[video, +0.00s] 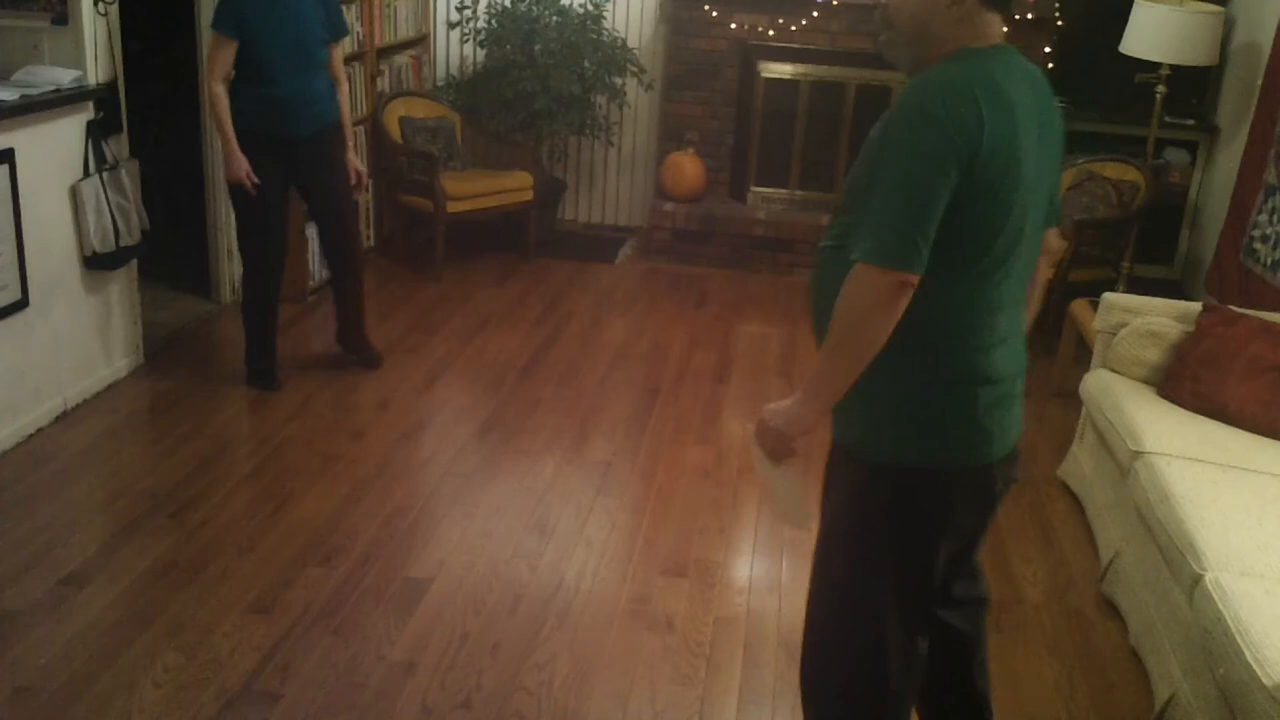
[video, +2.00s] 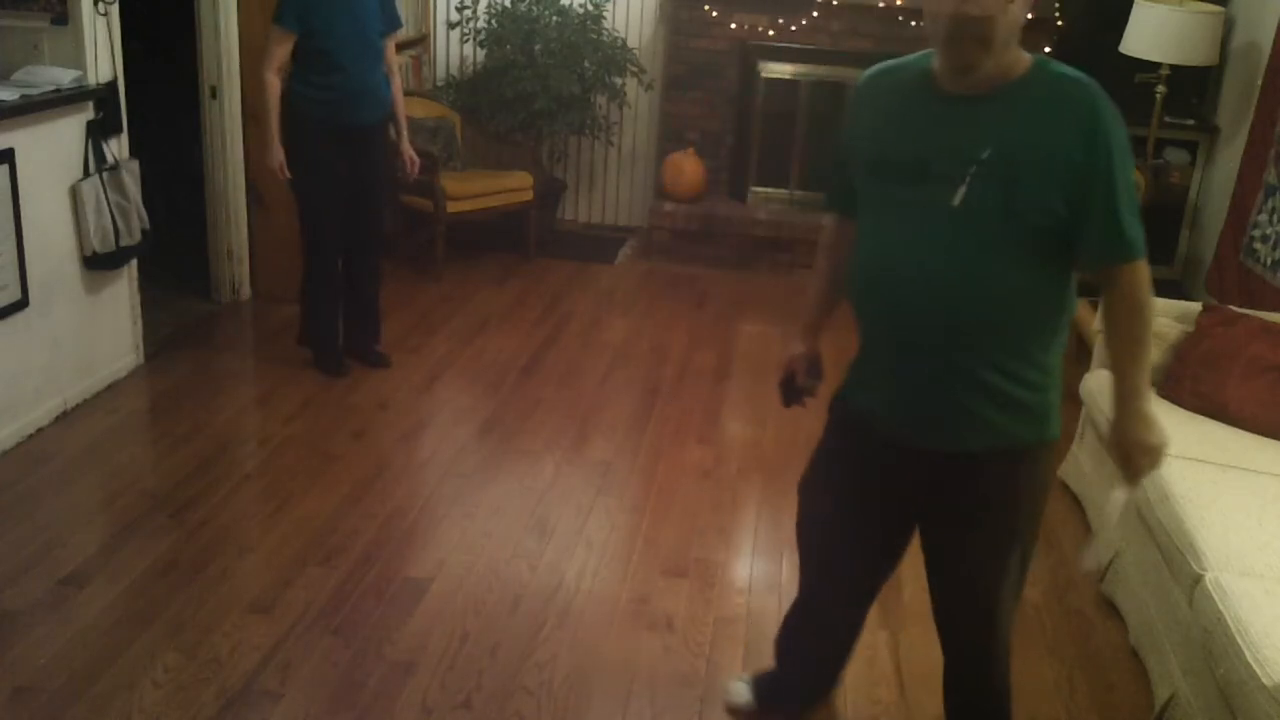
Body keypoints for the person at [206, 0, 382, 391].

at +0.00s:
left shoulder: (326, 7)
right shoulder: (238, 7)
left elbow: (338, 79)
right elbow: (216, 79)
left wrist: (348, 149)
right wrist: (232, 151)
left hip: (322, 141)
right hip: (260, 147)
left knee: (345, 241)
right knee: (263, 259)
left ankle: (353, 336)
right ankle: (261, 365)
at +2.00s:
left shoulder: (381, 6)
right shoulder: (298, 6)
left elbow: (391, 69)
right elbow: (272, 70)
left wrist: (403, 138)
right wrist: (273, 143)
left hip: (369, 132)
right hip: (314, 134)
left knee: (367, 238)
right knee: (322, 240)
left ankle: (363, 340)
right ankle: (323, 345)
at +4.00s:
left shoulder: (381, 6)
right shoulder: (297, 7)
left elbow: (389, 71)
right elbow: (278, 74)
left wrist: (396, 138)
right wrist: (281, 146)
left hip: (371, 132)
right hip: (317, 133)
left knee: (367, 238)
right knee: (323, 240)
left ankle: (363, 339)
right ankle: (323, 345)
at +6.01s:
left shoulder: (323, 8)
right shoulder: (241, 9)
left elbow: (334, 85)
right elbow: (217, 88)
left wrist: (343, 157)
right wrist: (237, 161)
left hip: (315, 151)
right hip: (256, 156)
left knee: (332, 256)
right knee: (266, 266)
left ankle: (320, 349)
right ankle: (263, 368)